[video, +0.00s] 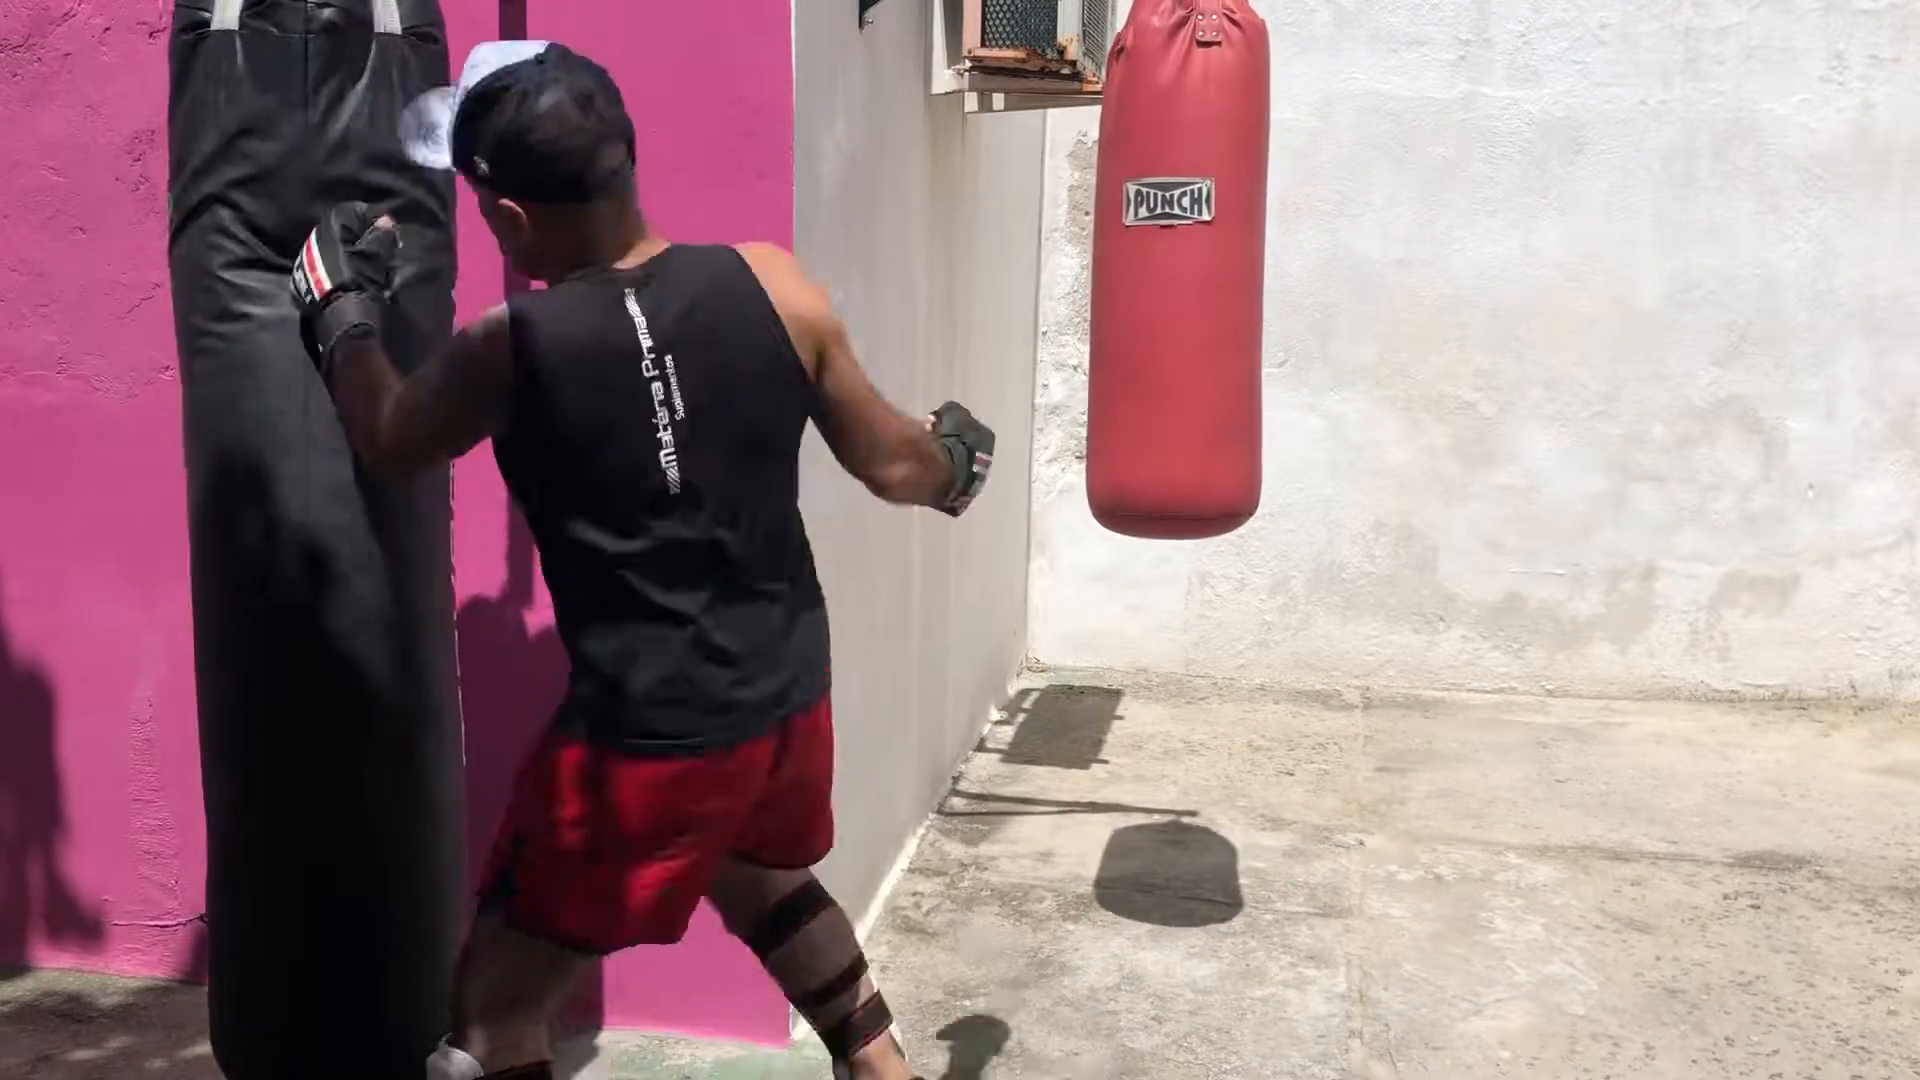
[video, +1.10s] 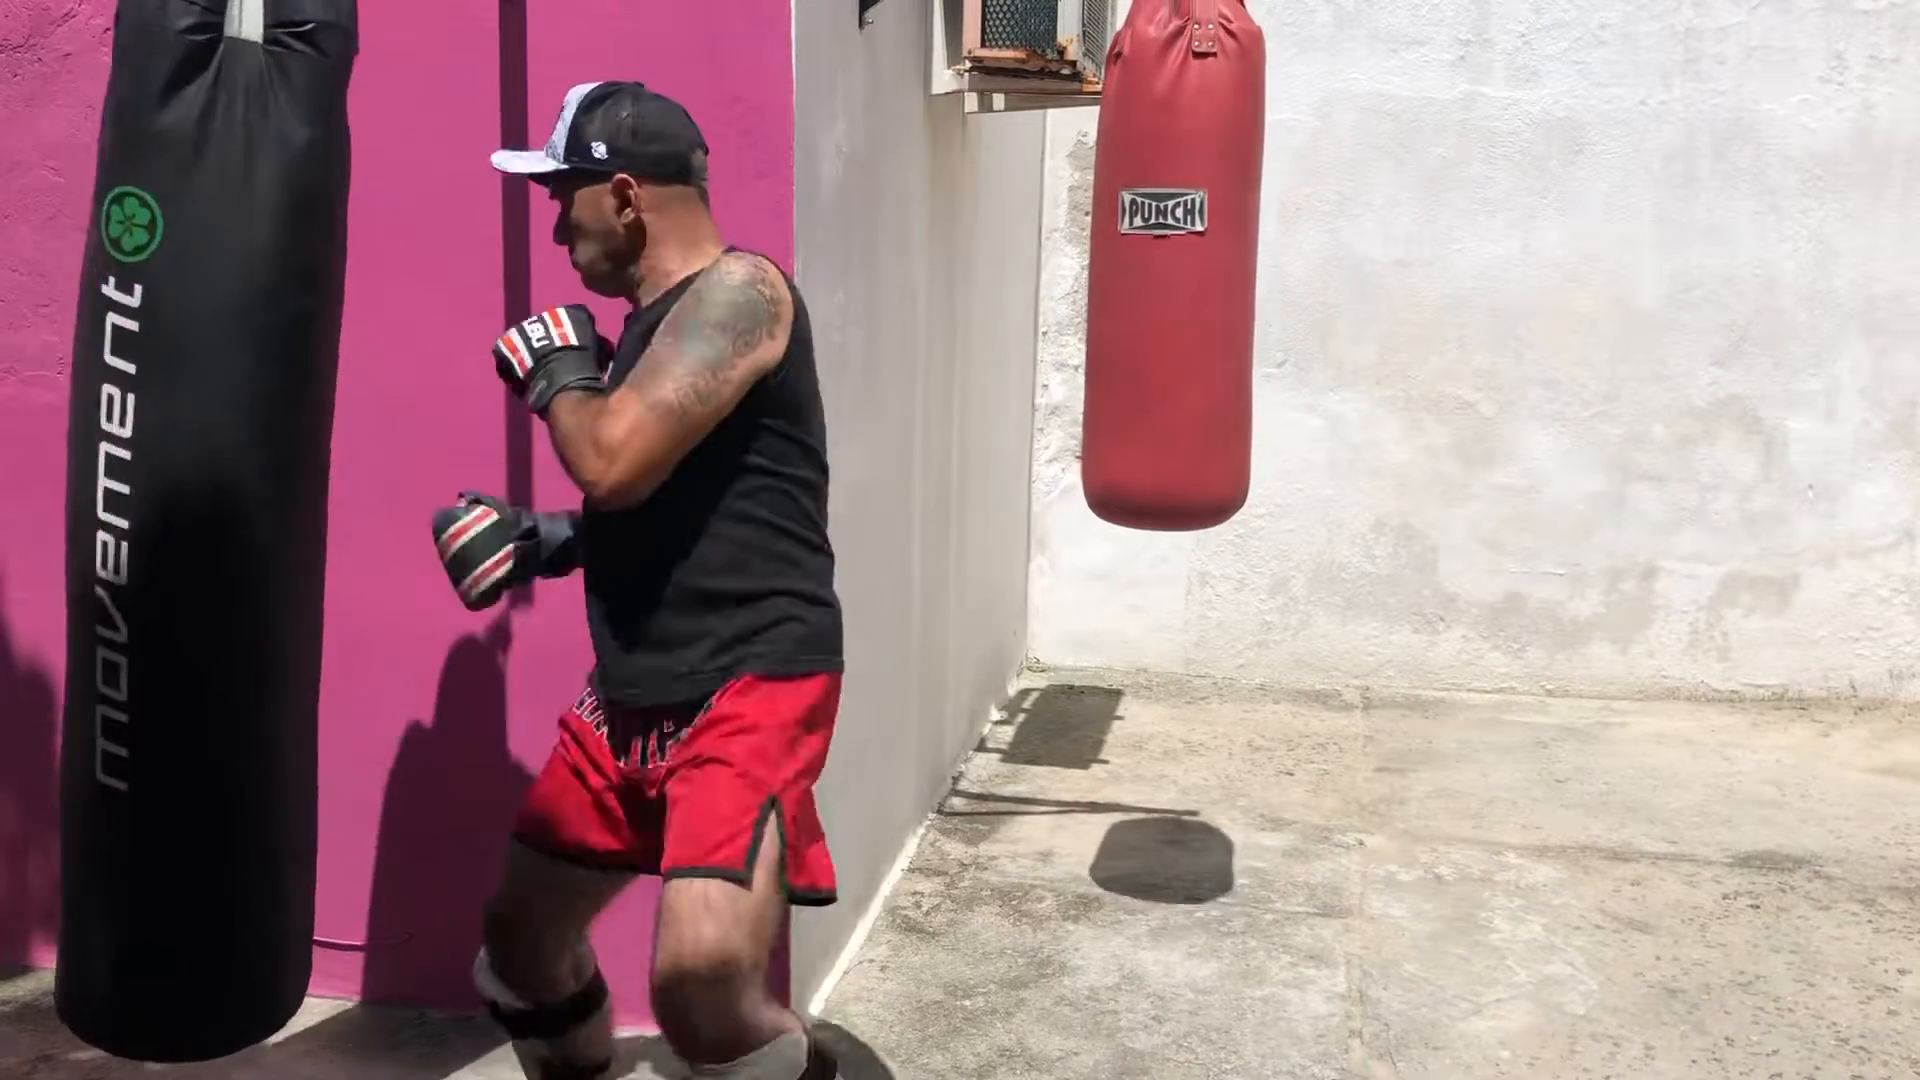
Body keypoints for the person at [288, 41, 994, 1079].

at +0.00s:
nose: (490, 224)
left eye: (486, 206)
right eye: (483, 204)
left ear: (514, 216)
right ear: (626, 163)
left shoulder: (513, 347)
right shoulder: (772, 285)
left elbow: (391, 440)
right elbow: (890, 460)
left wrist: (342, 312)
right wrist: (951, 462)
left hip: (637, 743)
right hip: (785, 706)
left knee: (502, 999)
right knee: (762, 875)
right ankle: (880, 1063)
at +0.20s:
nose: (388, 245)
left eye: (384, 224)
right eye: (378, 224)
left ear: (417, 230)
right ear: (507, 155)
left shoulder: (507, 362)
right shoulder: (636, 230)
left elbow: (435, 536)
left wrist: (429, 349)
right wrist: (456, 304)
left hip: (630, 714)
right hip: (723, 659)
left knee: (473, 1026)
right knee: (630, 966)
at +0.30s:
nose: (378, 251)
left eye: (373, 231)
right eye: (369, 231)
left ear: (400, 243)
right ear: (520, 184)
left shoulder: (456, 388)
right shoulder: (650, 291)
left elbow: (351, 535)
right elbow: (749, 448)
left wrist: (414, 357)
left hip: (589, 783)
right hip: (702, 738)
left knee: (495, 1059)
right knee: (575, 1012)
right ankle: (605, 1058)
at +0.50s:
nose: (429, 263)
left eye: (430, 234)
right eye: (429, 235)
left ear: (458, 240)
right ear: (575, 239)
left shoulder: (515, 377)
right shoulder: (681, 380)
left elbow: (405, 608)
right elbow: (817, 535)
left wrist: (324, 515)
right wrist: (907, 660)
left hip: (524, 843)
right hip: (625, 825)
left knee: (465, 1057)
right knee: (405, 955)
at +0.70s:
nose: (442, 209)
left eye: (442, 176)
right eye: (441, 179)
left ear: (481, 170)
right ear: (567, 165)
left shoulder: (534, 251)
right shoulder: (626, 285)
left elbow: (385, 444)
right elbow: (624, 500)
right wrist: (501, 598)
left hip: (619, 685)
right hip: (600, 683)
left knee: (578, 1028)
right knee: (520, 962)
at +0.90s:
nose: (461, 217)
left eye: (468, 185)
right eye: (461, 190)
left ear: (519, 182)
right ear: (550, 181)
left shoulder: (626, 271)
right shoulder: (627, 305)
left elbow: (504, 464)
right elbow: (763, 483)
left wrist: (473, 388)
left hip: (690, 681)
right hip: (585, 690)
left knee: (652, 1009)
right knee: (510, 936)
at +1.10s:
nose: (556, 220)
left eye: (566, 193)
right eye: (554, 196)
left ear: (633, 194)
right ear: (638, 198)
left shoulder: (744, 292)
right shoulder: (640, 334)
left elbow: (613, 460)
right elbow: (672, 517)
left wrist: (555, 370)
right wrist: (547, 542)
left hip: (753, 683)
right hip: (630, 692)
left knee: (704, 1001)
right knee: (524, 944)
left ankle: (825, 1067)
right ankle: (586, 1075)